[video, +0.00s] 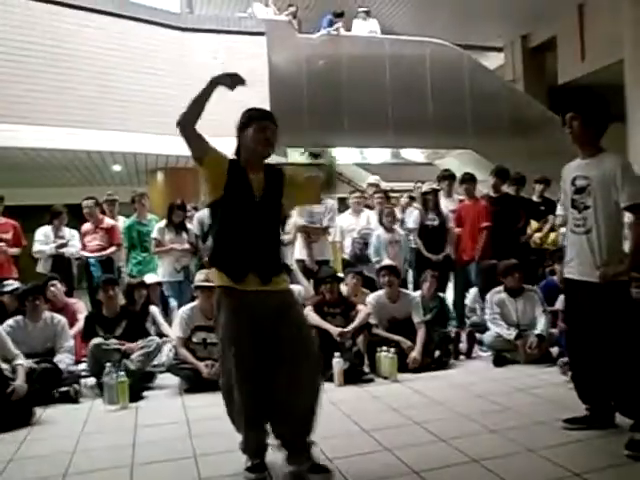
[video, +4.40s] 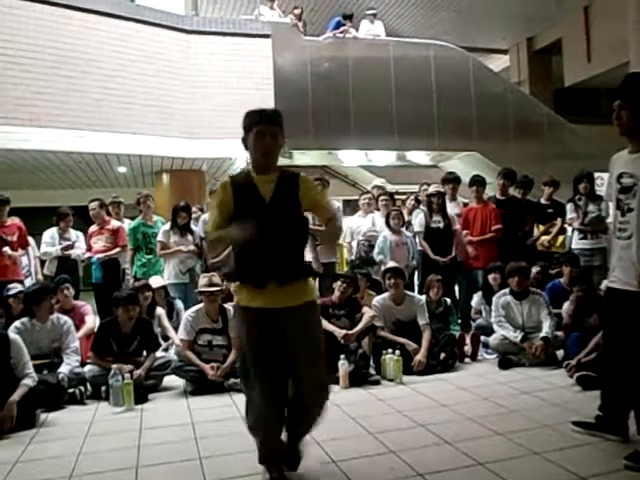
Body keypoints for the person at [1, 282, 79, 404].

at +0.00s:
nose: (36, 303)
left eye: (39, 299)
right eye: (32, 300)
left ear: (45, 303)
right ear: (25, 304)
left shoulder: (58, 322)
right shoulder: (11, 326)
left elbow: (67, 352)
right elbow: (5, 356)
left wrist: (54, 367)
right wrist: (24, 365)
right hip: (23, 369)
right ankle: (54, 396)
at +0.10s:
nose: (38, 303)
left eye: (41, 299)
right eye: (34, 300)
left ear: (47, 303)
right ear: (26, 303)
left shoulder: (59, 322)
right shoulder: (13, 327)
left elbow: (68, 351)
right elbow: (5, 356)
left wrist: (57, 368)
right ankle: (54, 395)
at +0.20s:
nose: (38, 303)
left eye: (40, 299)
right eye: (33, 300)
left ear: (46, 302)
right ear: (25, 304)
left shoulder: (59, 322)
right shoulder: (12, 327)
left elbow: (68, 350)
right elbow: (9, 357)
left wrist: (62, 370)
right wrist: (14, 381)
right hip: (25, 368)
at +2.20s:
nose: (40, 303)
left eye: (42, 299)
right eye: (35, 299)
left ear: (48, 301)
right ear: (26, 304)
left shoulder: (61, 322)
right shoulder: (14, 326)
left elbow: (68, 353)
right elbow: (11, 360)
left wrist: (56, 372)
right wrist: (28, 376)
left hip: (54, 369)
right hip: (27, 372)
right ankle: (66, 394)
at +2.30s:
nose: (39, 303)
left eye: (42, 299)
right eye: (34, 300)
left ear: (47, 301)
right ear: (25, 304)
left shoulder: (60, 321)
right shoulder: (14, 326)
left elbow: (69, 353)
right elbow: (10, 359)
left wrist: (55, 372)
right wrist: (25, 375)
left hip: (54, 368)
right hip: (28, 371)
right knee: (20, 388)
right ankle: (68, 394)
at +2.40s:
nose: (39, 303)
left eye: (42, 299)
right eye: (34, 300)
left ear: (47, 301)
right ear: (25, 304)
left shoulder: (60, 321)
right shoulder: (14, 326)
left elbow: (69, 352)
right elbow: (10, 359)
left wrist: (58, 371)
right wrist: (24, 375)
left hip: (53, 367)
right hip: (27, 370)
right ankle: (69, 394)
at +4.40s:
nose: (53, 303)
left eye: (52, 299)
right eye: (47, 300)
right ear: (35, 305)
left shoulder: (64, 323)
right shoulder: (18, 329)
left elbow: (72, 353)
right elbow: (16, 359)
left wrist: (64, 372)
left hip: (58, 369)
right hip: (32, 372)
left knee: (79, 375)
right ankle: (69, 396)